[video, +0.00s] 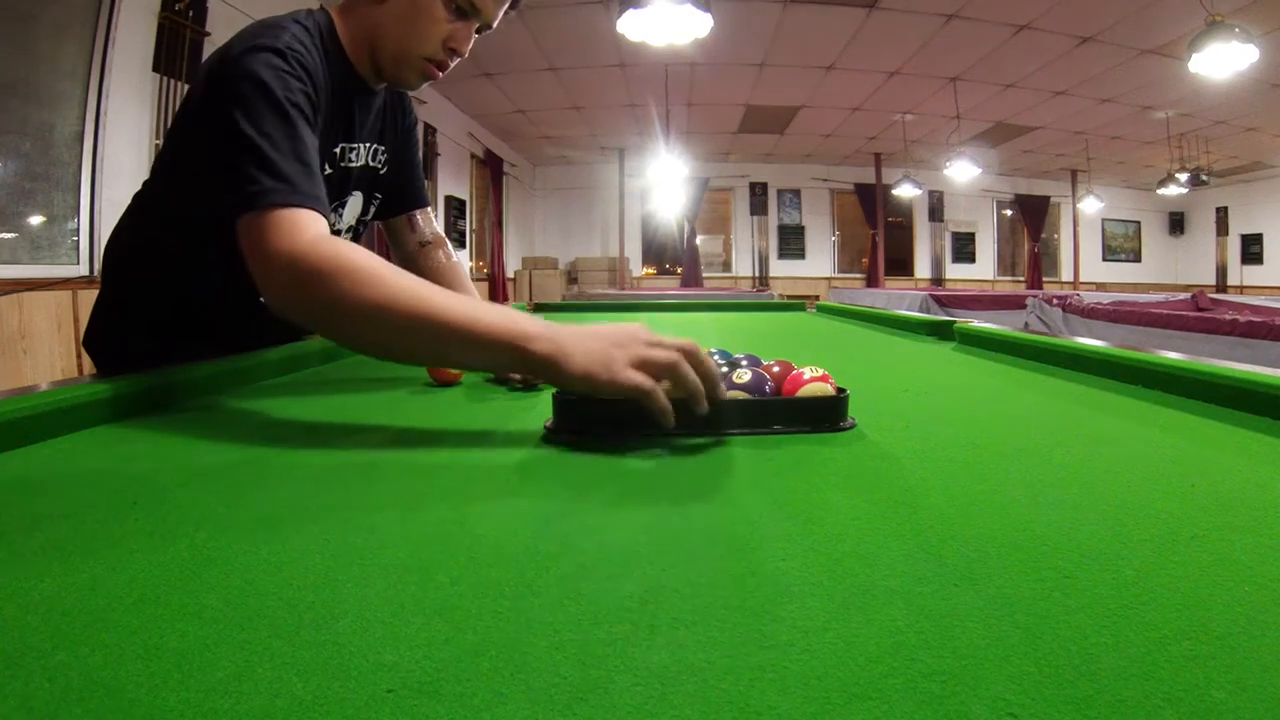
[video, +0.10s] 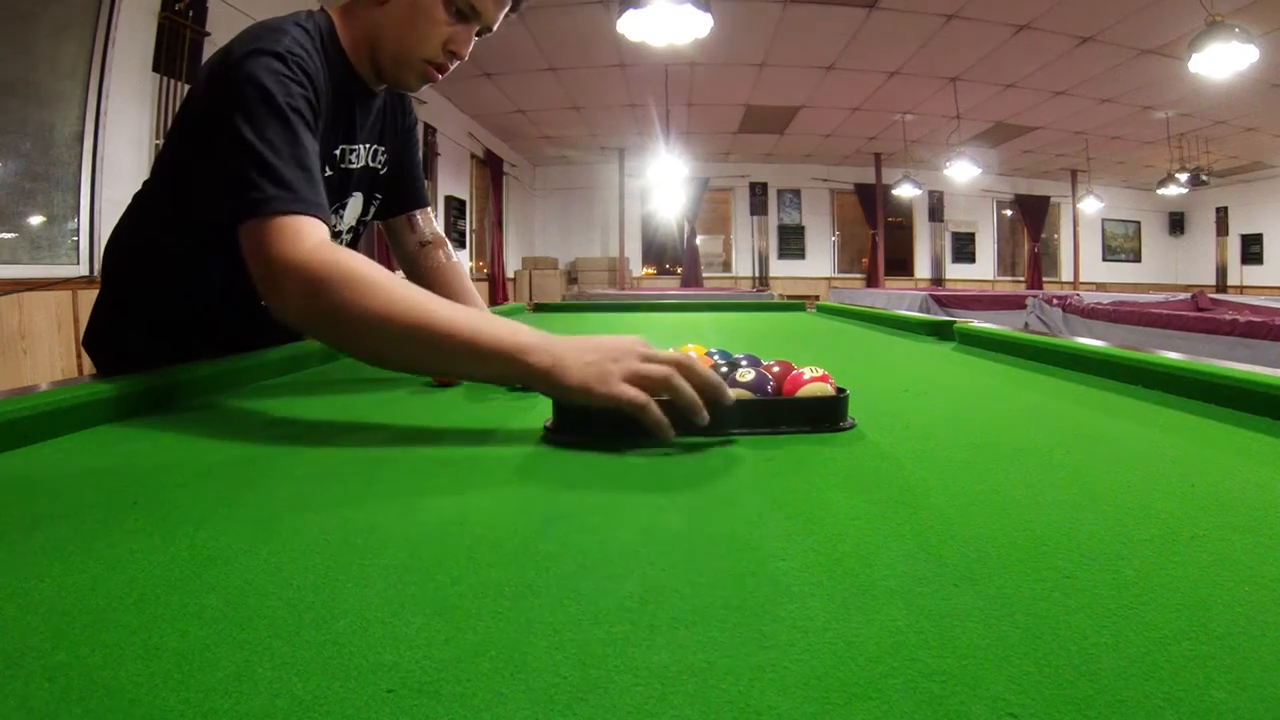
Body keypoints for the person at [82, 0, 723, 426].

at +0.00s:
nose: (464, 46)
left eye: (478, 32)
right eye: (462, 16)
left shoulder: (391, 101)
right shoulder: (272, 63)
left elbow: (419, 243)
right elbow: (292, 265)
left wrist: (497, 343)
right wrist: (554, 348)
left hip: (275, 355)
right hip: (160, 359)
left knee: (259, 555)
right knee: (149, 565)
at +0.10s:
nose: (464, 49)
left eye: (479, 34)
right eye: (462, 16)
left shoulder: (391, 101)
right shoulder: (272, 66)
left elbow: (420, 243)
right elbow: (296, 275)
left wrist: (490, 350)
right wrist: (552, 358)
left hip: (278, 354)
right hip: (161, 360)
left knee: (259, 555)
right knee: (150, 568)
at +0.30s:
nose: (463, 53)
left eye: (480, 36)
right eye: (462, 17)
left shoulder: (390, 104)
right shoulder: (272, 67)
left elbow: (419, 239)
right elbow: (211, 282)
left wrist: (493, 333)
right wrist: (453, 319)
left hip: (269, 352)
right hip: (159, 357)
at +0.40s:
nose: (463, 57)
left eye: (479, 40)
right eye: (460, 22)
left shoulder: (389, 104)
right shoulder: (263, 67)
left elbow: (419, 242)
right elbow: (170, 281)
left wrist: (490, 335)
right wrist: (393, 324)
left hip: (274, 369)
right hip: (160, 373)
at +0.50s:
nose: (455, 62)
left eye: (472, 44)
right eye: (455, 27)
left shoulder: (384, 101)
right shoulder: (254, 66)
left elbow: (417, 238)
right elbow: (164, 282)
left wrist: (490, 338)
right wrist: (364, 338)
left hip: (272, 368)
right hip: (161, 370)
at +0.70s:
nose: (455, 55)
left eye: (470, 38)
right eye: (452, 22)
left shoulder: (382, 97)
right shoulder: (248, 68)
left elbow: (419, 234)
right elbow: (163, 285)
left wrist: (491, 336)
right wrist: (358, 341)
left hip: (273, 367)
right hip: (161, 368)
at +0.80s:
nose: (453, 50)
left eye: (469, 33)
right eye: (450, 16)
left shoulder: (380, 97)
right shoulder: (246, 66)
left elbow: (417, 235)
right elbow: (160, 283)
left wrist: (489, 337)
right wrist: (363, 333)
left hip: (270, 368)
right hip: (156, 369)